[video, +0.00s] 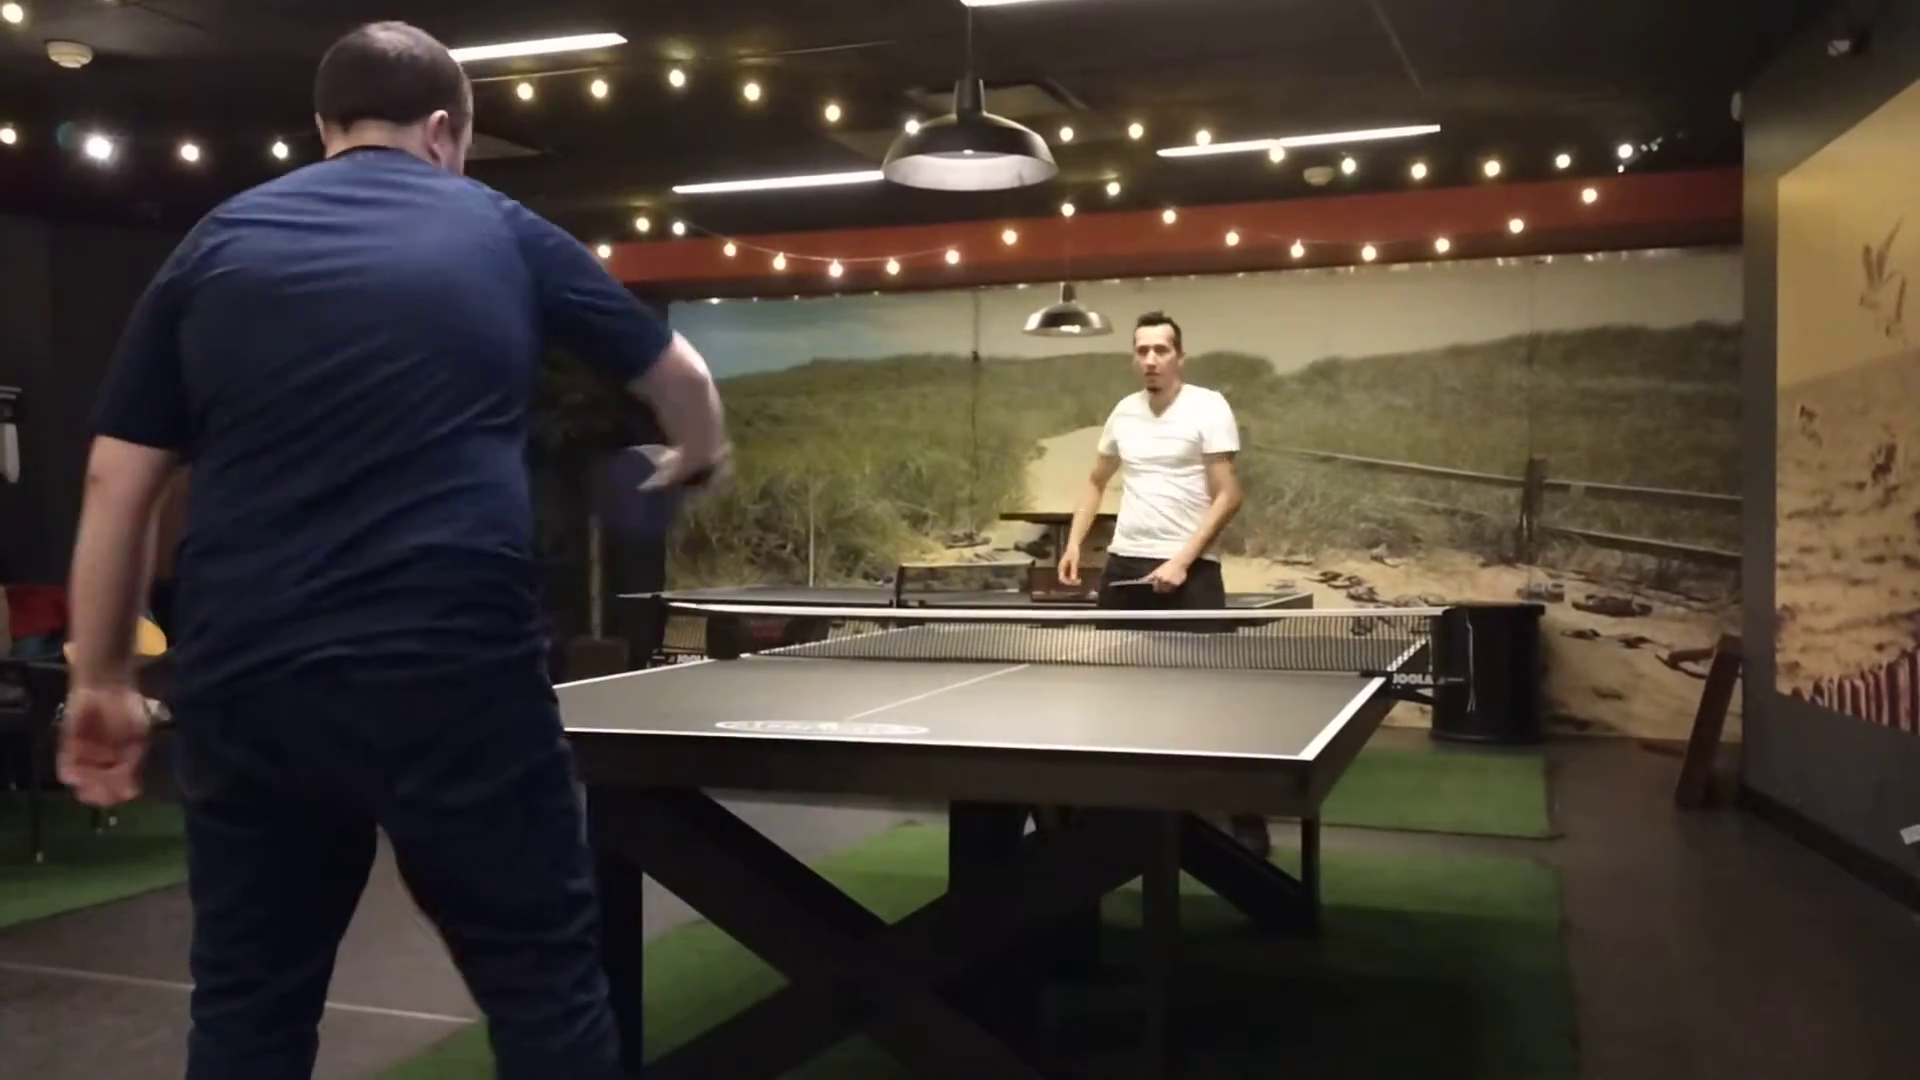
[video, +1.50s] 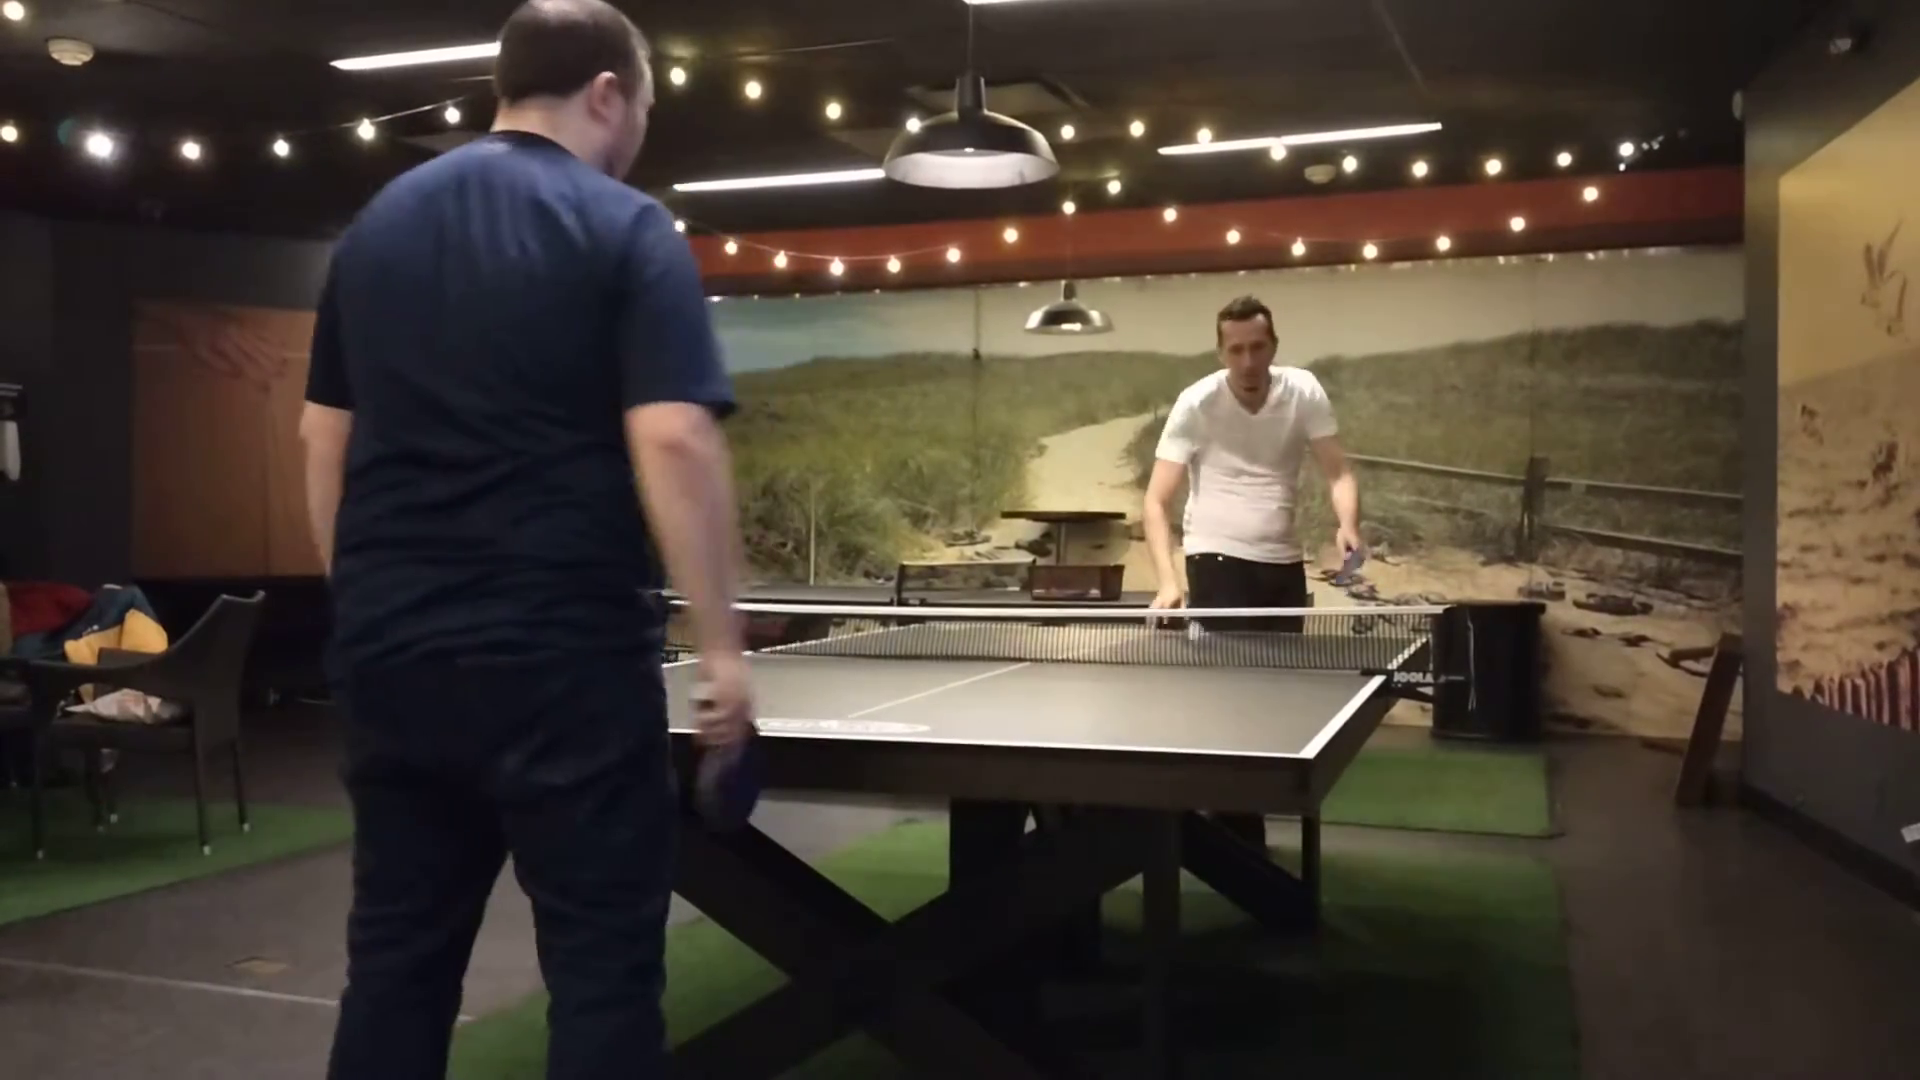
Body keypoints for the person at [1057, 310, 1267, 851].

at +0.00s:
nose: (1150, 359)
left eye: (1160, 350)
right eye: (1142, 350)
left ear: (1179, 356)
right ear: (1133, 358)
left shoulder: (1208, 407)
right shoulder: (1123, 414)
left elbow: (1228, 495)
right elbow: (1096, 482)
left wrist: (1183, 559)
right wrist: (1073, 544)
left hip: (1190, 573)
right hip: (1125, 571)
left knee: (1213, 692)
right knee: (1117, 688)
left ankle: (1246, 827)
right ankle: (1113, 818)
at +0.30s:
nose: (1176, 360)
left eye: (1187, 352)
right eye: (1168, 351)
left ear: (1203, 358)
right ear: (1156, 356)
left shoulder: (1229, 413)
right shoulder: (1134, 408)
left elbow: (1249, 498)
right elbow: (1116, 485)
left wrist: (1218, 558)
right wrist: (1097, 549)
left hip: (1203, 576)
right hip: (1137, 575)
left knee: (1220, 698)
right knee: (1132, 693)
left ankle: (1247, 830)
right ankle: (1130, 822)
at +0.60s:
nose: (1212, 401)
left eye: (1224, 393)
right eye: (1205, 389)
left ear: (1241, 393)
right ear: (1194, 382)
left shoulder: (1254, 447)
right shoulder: (1168, 410)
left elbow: (1232, 530)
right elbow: (1141, 470)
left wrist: (1197, 565)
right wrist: (1111, 533)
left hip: (1216, 577)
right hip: (1152, 569)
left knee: (1227, 691)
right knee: (1130, 681)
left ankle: (1247, 827)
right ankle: (1119, 810)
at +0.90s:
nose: (1251, 385)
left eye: (1264, 376)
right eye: (1245, 371)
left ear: (1282, 377)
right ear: (1232, 365)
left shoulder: (1297, 433)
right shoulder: (1201, 397)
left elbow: (1291, 528)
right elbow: (1175, 464)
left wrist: (1236, 570)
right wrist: (1155, 533)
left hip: (1248, 574)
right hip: (1176, 563)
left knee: (1244, 691)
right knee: (1147, 678)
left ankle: (1251, 822)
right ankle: (1141, 812)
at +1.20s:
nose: (1260, 352)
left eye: (1271, 342)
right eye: (1251, 341)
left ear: (1289, 346)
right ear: (1237, 341)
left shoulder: (1314, 409)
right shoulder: (1201, 392)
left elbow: (1328, 505)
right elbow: (1156, 465)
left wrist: (1323, 585)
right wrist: (1152, 538)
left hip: (1273, 565)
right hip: (1201, 559)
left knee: (1264, 693)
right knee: (1206, 686)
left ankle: (1253, 825)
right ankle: (1201, 822)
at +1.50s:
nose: (1248, 361)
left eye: (1258, 348)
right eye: (1236, 350)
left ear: (1274, 346)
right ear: (1221, 350)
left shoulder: (1303, 392)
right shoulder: (1196, 403)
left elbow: (1338, 472)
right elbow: (1156, 501)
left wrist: (1348, 525)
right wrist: (1169, 580)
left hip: (1282, 568)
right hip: (1216, 565)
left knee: (1270, 706)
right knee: (1223, 703)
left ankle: (1246, 839)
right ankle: (1231, 843)